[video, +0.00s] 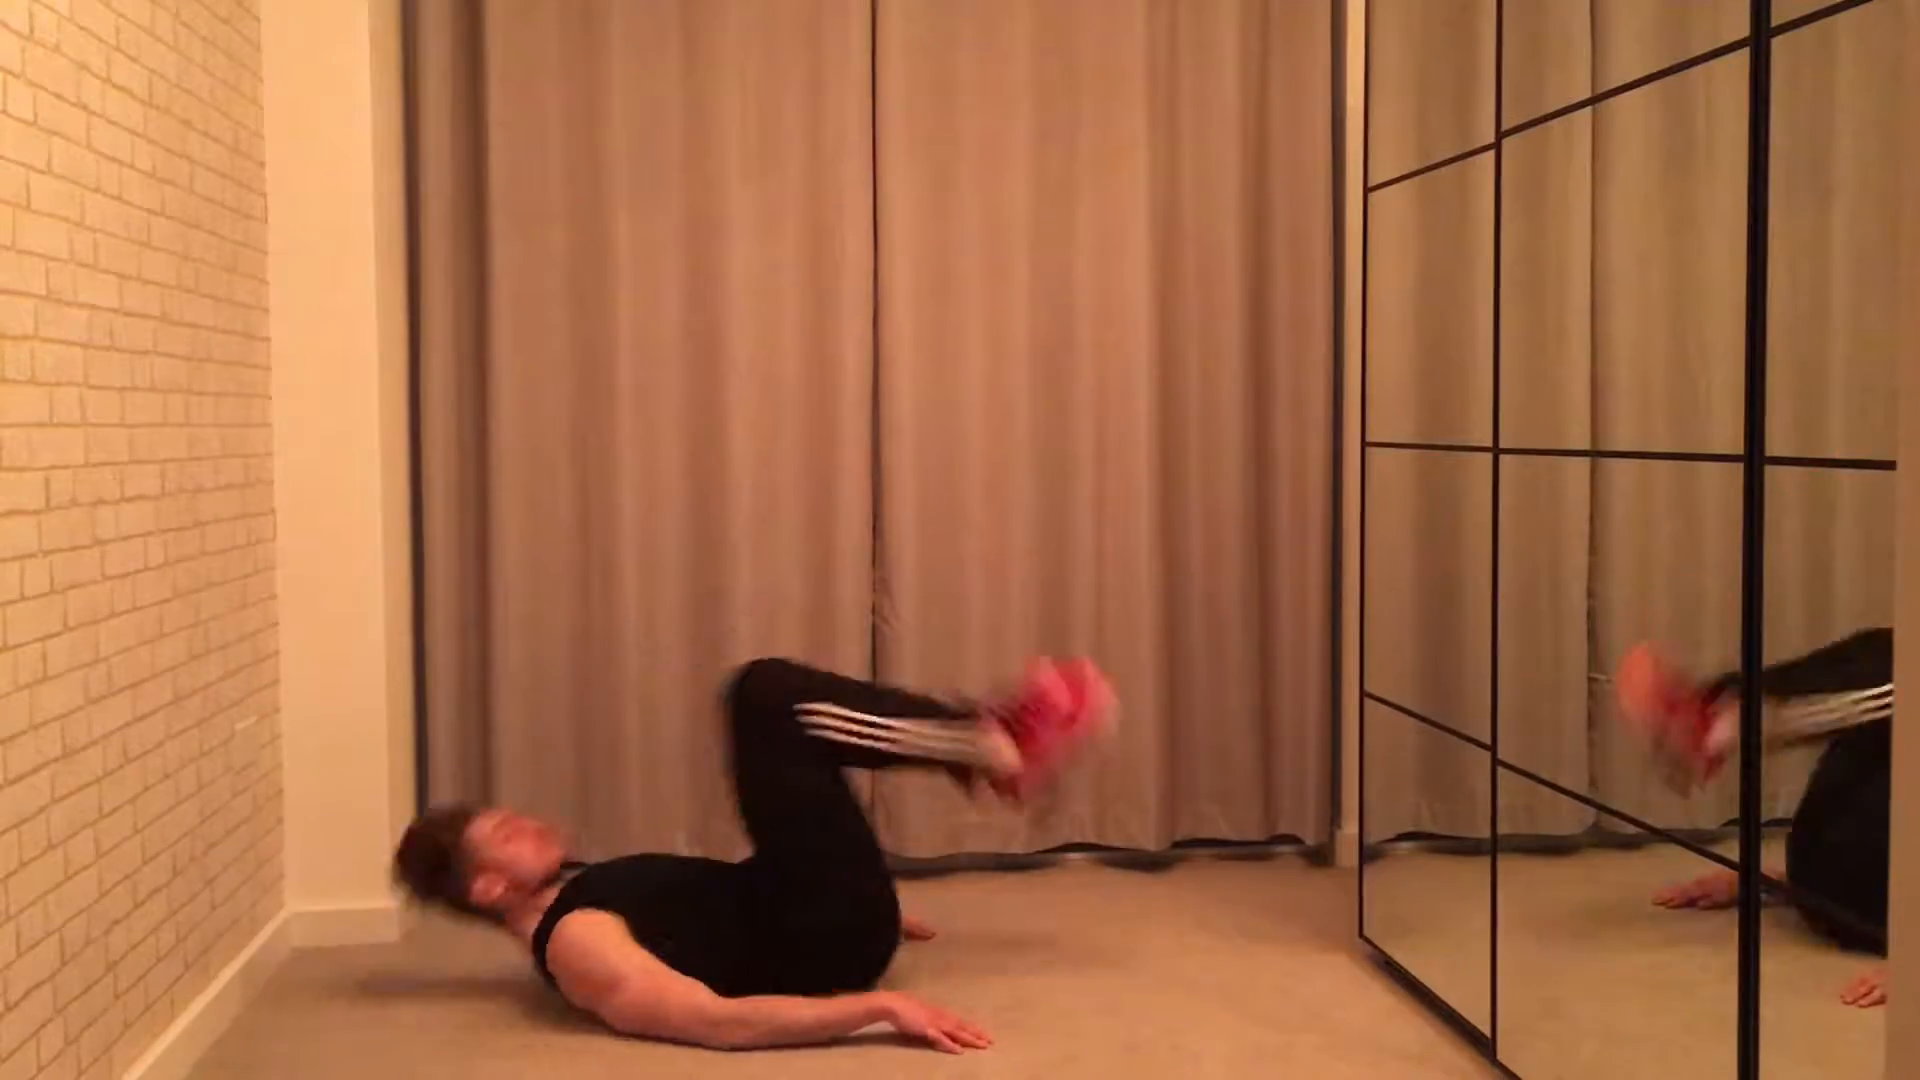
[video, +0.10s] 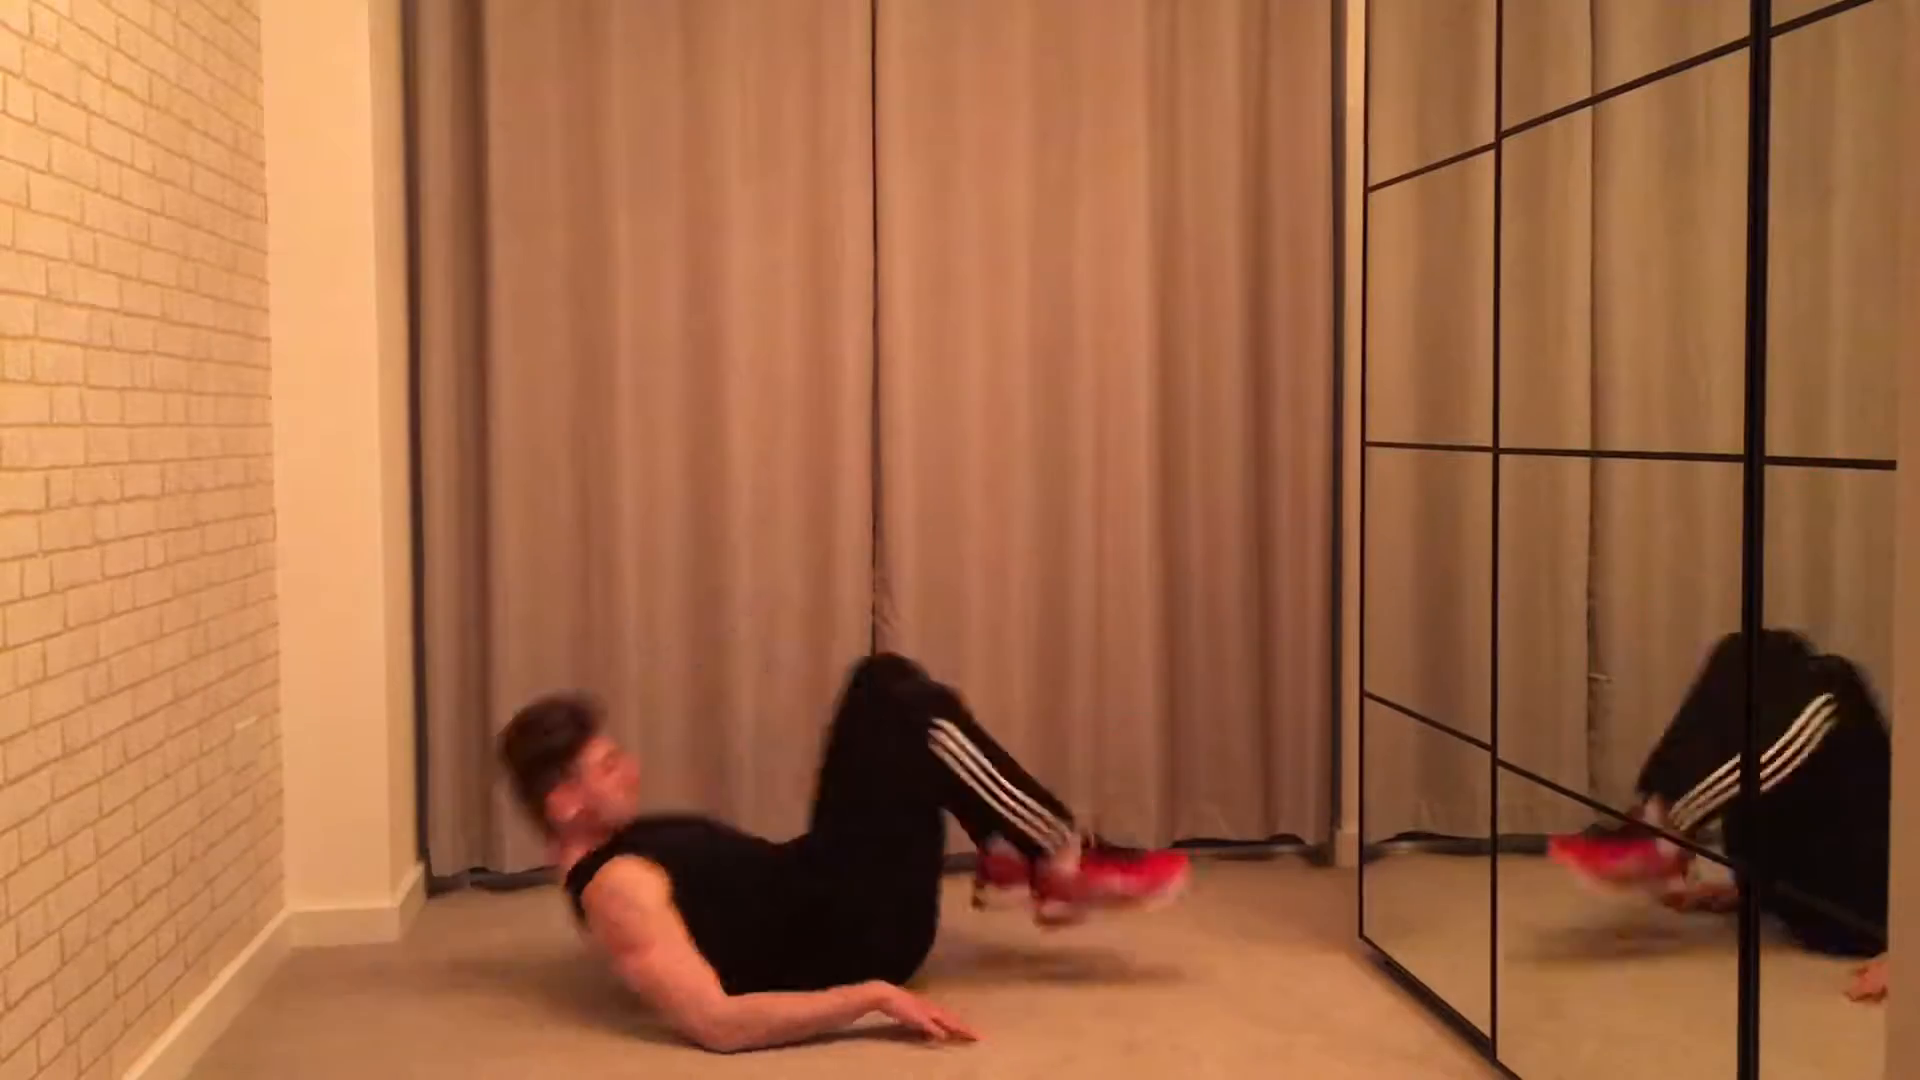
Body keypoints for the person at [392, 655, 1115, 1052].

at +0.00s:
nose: (528, 827)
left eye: (511, 818)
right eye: (503, 834)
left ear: (508, 872)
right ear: (491, 890)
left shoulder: (583, 896)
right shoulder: (576, 941)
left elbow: (728, 909)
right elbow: (720, 1019)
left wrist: (871, 923)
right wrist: (876, 1010)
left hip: (811, 914)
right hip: (827, 942)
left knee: (762, 691)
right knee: (765, 700)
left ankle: (985, 735)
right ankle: (998, 750)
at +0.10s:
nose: (627, 770)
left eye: (615, 755)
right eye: (604, 765)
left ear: (570, 798)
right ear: (562, 803)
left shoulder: (622, 854)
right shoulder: (620, 887)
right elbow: (714, 1023)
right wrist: (870, 1001)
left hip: (837, 911)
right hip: (863, 940)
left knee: (883, 682)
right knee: (906, 706)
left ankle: (1011, 853)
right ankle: (1075, 862)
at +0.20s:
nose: (734, 699)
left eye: (728, 683)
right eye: (720, 686)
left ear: (669, 706)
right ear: (674, 706)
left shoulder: (700, 780)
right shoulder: (693, 810)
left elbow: (711, 966)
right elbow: (714, 995)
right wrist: (868, 1022)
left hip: (872, 921)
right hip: (884, 954)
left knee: (951, 690)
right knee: (971, 719)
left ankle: (1035, 896)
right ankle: (1054, 911)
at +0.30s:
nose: (853, 656)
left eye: (853, 639)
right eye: (845, 640)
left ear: (790, 644)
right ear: (795, 643)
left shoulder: (777, 713)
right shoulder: (786, 741)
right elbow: (758, 924)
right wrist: (863, 1017)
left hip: (880, 936)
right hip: (892, 959)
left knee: (986, 704)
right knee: (998, 721)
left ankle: (1049, 913)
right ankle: (1051, 928)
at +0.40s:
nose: (951, 645)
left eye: (955, 624)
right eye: (947, 622)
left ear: (895, 611)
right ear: (898, 609)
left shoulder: (842, 677)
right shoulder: (869, 703)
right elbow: (827, 874)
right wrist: (868, 1015)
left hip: (890, 920)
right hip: (910, 942)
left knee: (999, 690)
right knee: (1019, 712)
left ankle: (1052, 904)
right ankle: (1038, 928)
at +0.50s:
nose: (1030, 635)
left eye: (1038, 617)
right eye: (1031, 614)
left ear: (986, 588)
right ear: (990, 592)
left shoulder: (909, 636)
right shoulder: (936, 673)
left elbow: (861, 780)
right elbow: (898, 854)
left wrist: (856, 913)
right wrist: (879, 1011)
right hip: (915, 909)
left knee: (1045, 694)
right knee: (1069, 715)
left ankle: (1053, 910)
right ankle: (1046, 930)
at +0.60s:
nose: (1102, 634)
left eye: (1113, 618)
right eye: (1108, 612)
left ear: (1068, 579)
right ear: (1073, 585)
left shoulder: (979, 610)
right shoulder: (1005, 648)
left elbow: (905, 755)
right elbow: (955, 831)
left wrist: (860, 908)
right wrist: (895, 989)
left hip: (857, 824)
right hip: (881, 839)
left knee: (1062, 700)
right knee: (1083, 713)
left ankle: (1059, 910)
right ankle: (1049, 930)